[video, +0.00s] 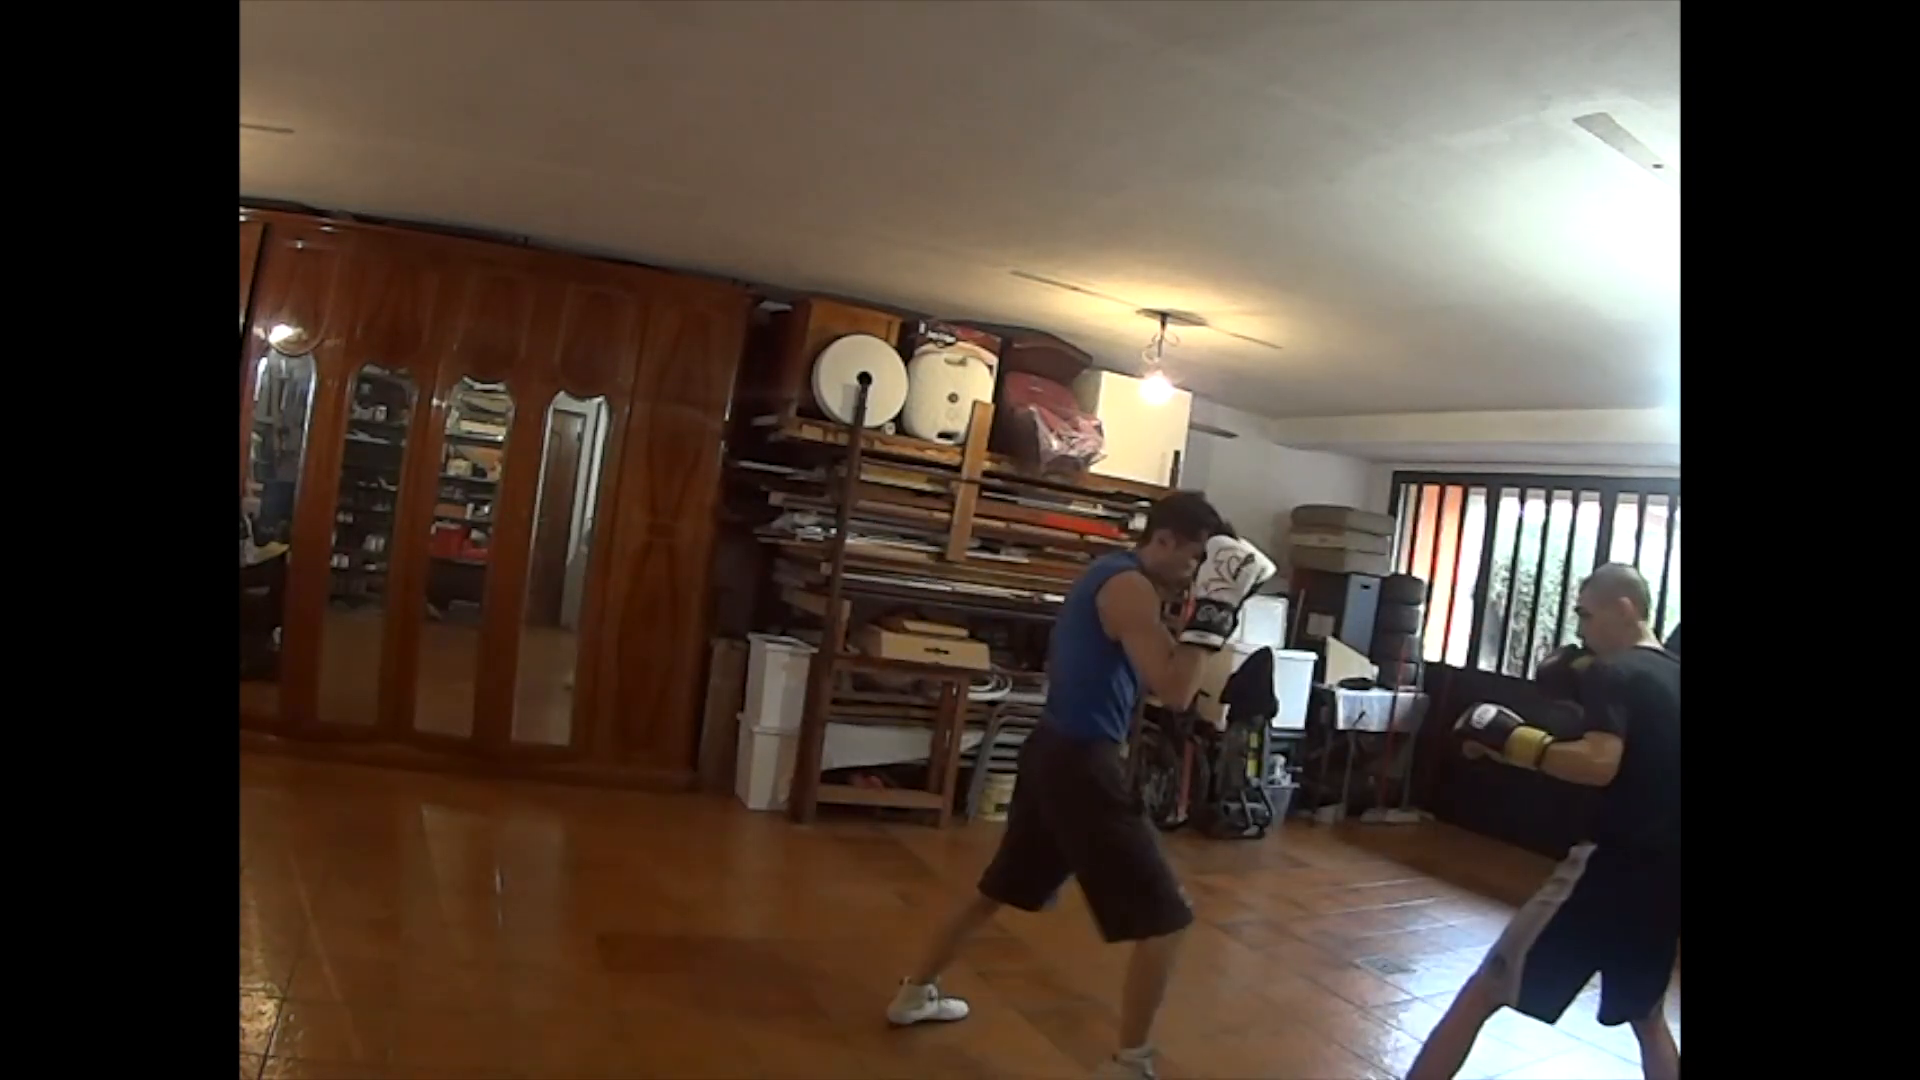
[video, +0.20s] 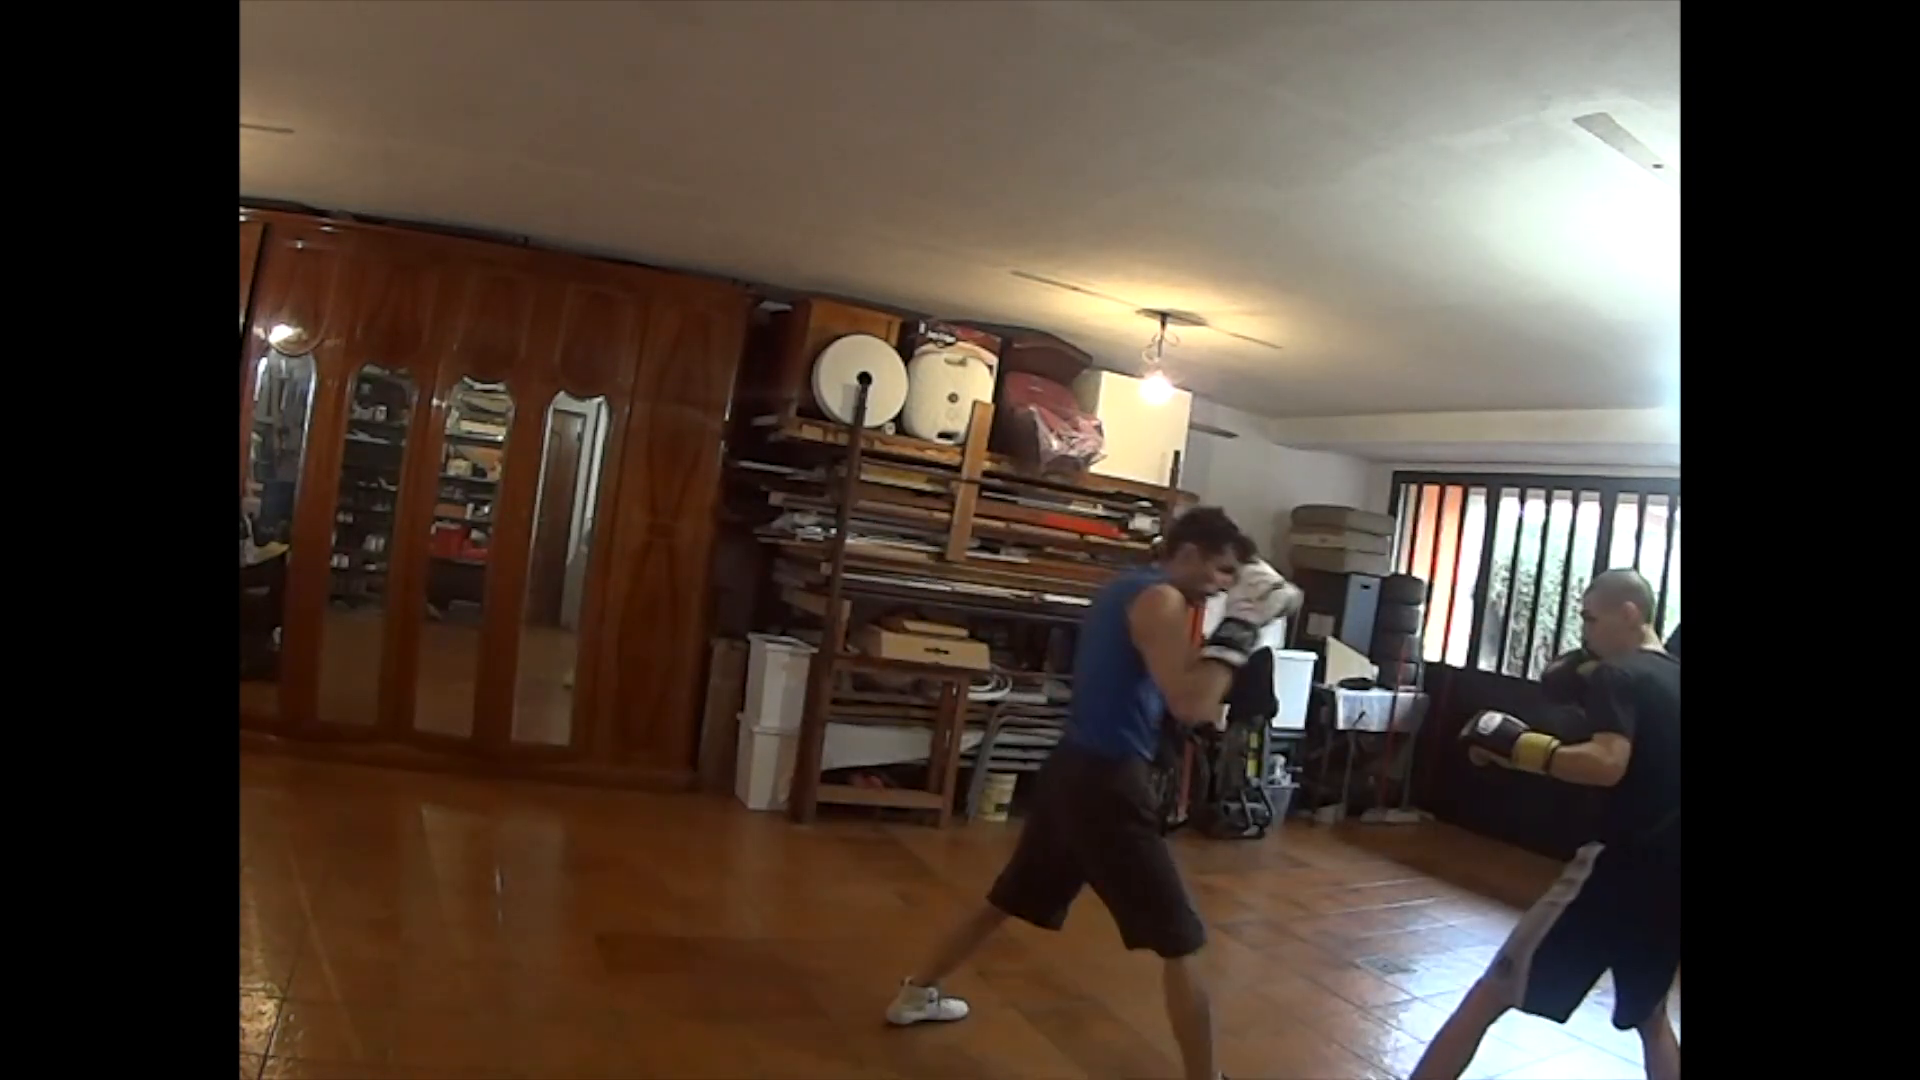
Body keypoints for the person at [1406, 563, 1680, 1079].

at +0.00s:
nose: (1582, 631)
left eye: (1586, 616)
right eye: (1579, 618)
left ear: (1625, 610)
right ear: (1636, 612)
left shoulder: (1615, 672)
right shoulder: (1671, 672)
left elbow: (1600, 762)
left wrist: (1510, 739)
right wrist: (1585, 677)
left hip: (1608, 864)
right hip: (1665, 870)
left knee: (1482, 995)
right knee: (1649, 1016)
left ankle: (1415, 1078)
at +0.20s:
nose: (1585, 634)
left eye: (1590, 619)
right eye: (1583, 621)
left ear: (1629, 612)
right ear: (1638, 615)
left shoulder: (1619, 675)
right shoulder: (1672, 673)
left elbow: (1608, 763)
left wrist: (1516, 746)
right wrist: (1590, 681)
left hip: (1616, 866)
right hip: (1668, 872)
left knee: (1488, 998)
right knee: (1652, 1014)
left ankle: (1418, 1077)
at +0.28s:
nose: (1585, 639)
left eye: (1590, 625)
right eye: (1582, 626)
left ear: (1628, 619)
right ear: (1640, 622)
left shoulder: (1617, 680)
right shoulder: (1672, 680)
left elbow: (1604, 766)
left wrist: (1514, 745)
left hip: (1618, 868)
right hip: (1669, 873)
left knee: (1487, 993)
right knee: (1662, 1011)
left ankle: (1417, 1077)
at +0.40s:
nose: (1601, 655)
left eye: (1609, 644)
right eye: (1601, 643)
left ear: (1648, 638)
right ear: (1652, 640)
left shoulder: (1639, 692)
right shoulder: (1671, 692)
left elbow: (1621, 762)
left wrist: (1540, 728)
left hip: (1625, 879)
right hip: (1668, 885)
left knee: (1482, 998)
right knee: (1672, 1015)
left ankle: (1414, 1075)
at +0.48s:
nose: (1620, 650)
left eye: (1631, 640)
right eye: (1622, 640)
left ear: (1667, 642)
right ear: (1664, 642)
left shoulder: (1661, 698)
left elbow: (1652, 771)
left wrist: (1564, 737)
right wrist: (1549, 728)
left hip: (1645, 879)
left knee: (1499, 1003)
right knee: (1675, 1020)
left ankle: (1425, 1076)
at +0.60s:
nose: (1640, 656)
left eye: (1648, 644)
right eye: (1640, 645)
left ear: (1680, 644)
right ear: (1670, 647)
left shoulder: (1673, 706)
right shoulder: (1658, 704)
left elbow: (1672, 783)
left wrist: (1594, 758)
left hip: (1661, 882)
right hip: (1657, 879)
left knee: (1519, 992)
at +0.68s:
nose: (1641, 650)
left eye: (1650, 640)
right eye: (1641, 640)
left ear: (1681, 644)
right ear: (1654, 643)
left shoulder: (1672, 703)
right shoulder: (1652, 699)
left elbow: (1672, 783)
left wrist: (1601, 752)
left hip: (1664, 881)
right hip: (1659, 878)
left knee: (1520, 985)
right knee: (1518, 985)